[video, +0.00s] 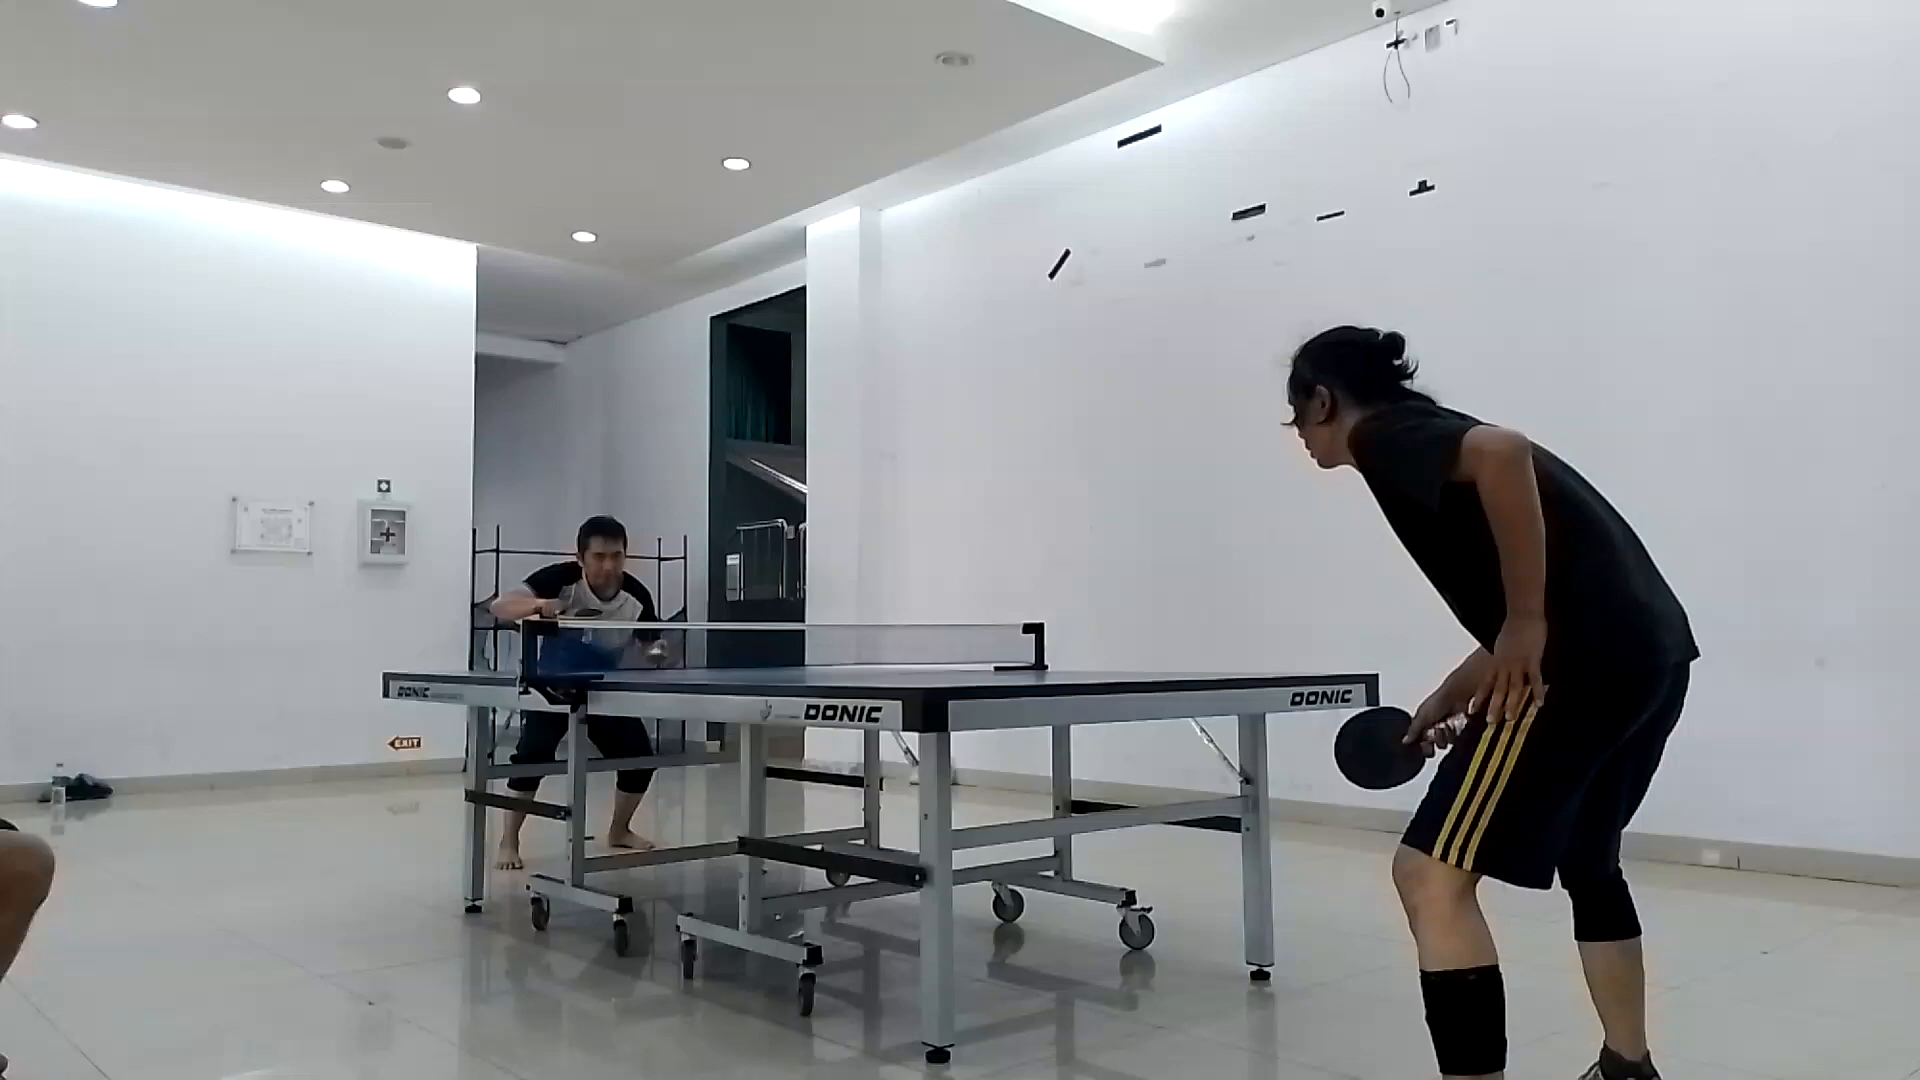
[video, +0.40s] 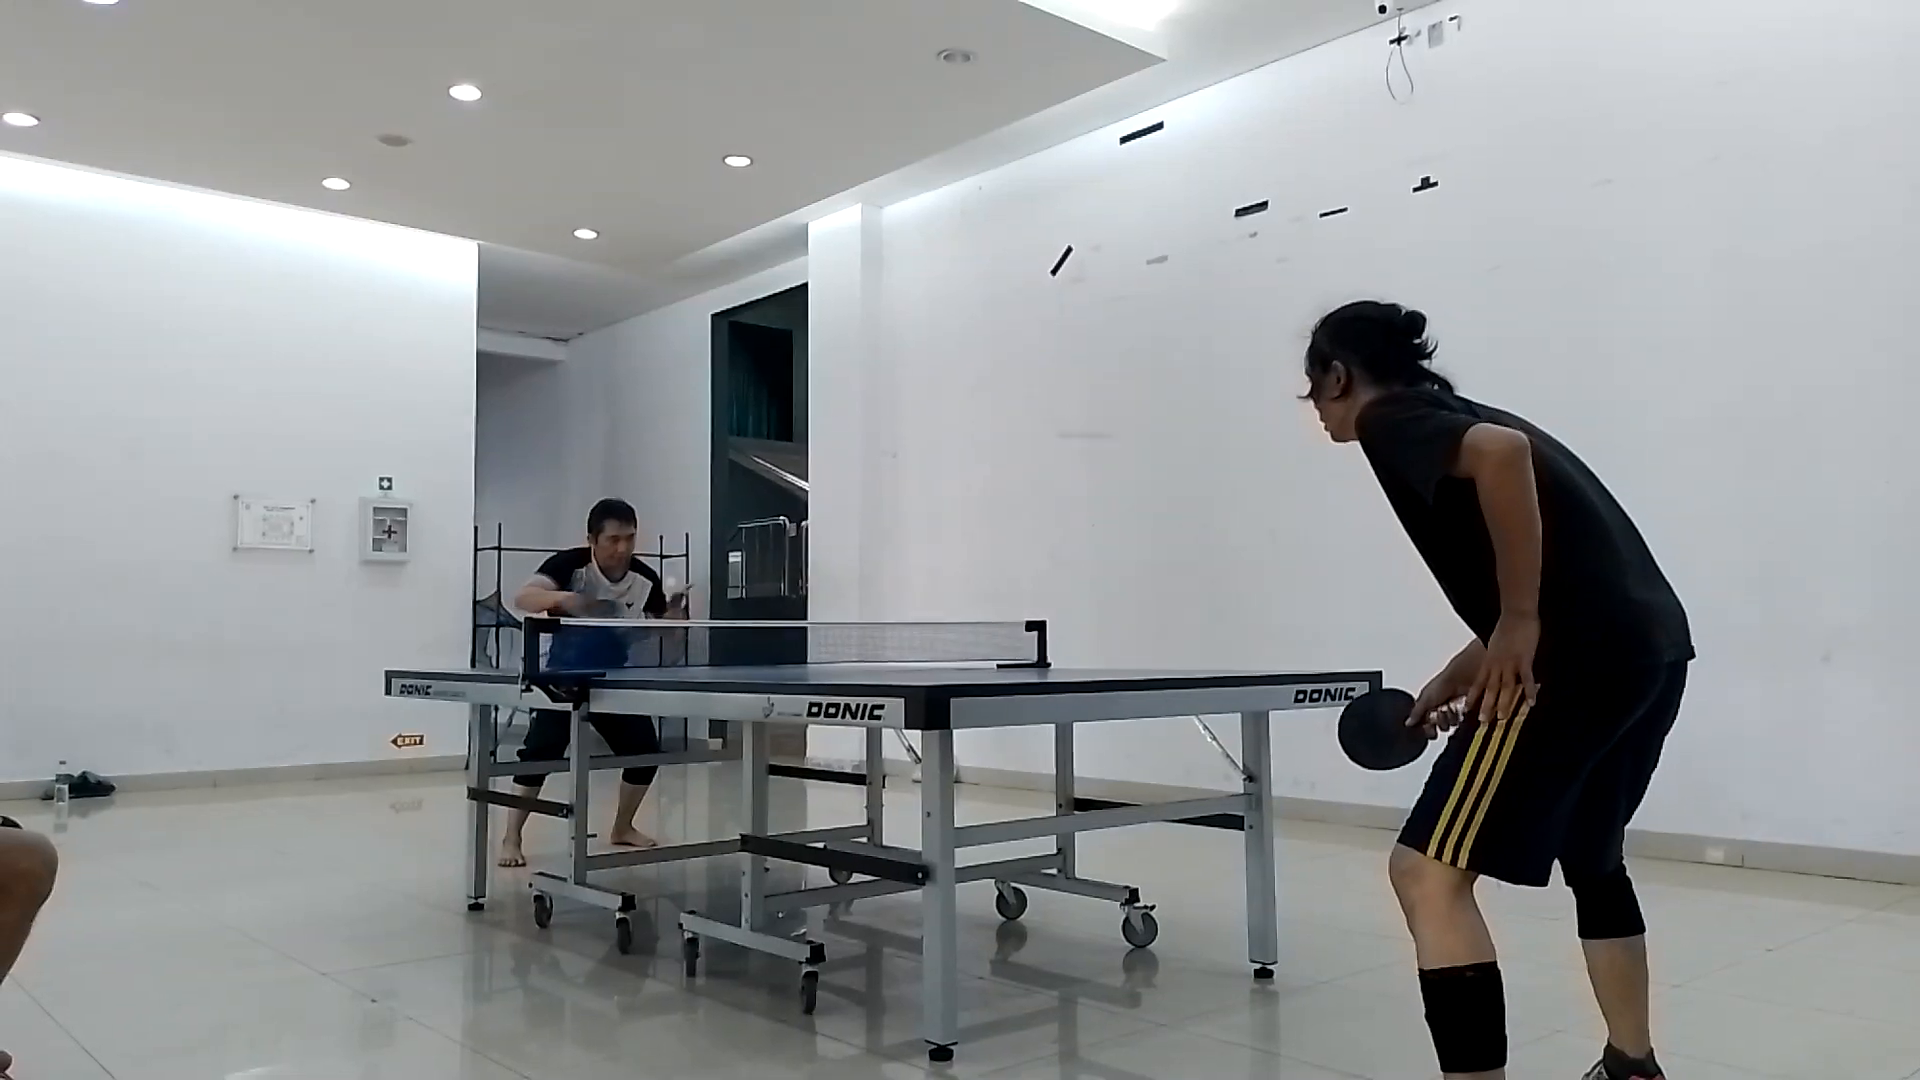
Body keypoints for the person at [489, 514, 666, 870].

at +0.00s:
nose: (608, 565)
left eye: (615, 556)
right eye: (599, 556)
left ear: (624, 556)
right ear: (581, 556)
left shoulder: (637, 596)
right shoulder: (559, 578)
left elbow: (649, 651)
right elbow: (500, 608)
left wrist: (656, 655)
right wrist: (539, 605)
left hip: (606, 694)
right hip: (549, 691)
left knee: (641, 762)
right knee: (532, 759)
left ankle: (619, 831)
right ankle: (510, 841)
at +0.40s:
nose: (622, 547)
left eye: (628, 539)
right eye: (613, 539)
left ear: (635, 538)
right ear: (593, 538)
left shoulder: (646, 580)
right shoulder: (569, 563)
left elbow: (667, 634)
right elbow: (523, 598)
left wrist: (677, 615)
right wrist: (564, 600)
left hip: (613, 686)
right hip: (561, 683)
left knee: (645, 753)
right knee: (540, 753)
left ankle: (623, 828)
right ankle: (511, 837)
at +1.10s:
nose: (617, 540)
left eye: (623, 531)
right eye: (608, 531)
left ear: (630, 531)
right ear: (588, 529)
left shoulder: (637, 574)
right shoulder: (564, 554)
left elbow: (640, 637)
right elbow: (517, 581)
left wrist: (662, 665)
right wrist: (520, 600)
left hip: (609, 684)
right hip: (556, 678)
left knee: (634, 755)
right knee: (531, 756)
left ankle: (617, 832)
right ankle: (506, 840)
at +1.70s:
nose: (570, 533)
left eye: (575, 525)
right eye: (560, 525)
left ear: (581, 527)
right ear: (536, 528)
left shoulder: (583, 577)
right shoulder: (505, 559)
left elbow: (594, 635)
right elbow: (467, 612)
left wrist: (605, 657)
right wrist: (503, 629)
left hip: (549, 679)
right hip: (494, 677)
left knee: (581, 754)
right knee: (473, 757)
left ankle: (575, 831)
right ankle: (448, 847)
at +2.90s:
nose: (595, 514)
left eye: (600, 505)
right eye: (584, 506)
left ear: (607, 512)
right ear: (564, 515)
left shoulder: (619, 560)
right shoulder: (541, 556)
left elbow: (627, 618)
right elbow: (513, 612)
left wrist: (645, 646)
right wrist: (541, 631)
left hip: (594, 674)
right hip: (544, 673)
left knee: (608, 754)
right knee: (524, 745)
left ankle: (572, 822)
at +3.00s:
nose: (600, 506)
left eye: (605, 498)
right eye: (589, 499)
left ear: (613, 505)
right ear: (569, 509)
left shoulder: (633, 554)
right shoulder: (548, 552)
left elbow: (651, 614)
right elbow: (524, 615)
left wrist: (659, 654)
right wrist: (550, 625)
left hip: (610, 668)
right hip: (558, 668)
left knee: (645, 741)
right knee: (548, 748)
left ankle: (613, 806)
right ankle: (542, 830)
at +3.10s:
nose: (612, 520)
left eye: (617, 512)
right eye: (602, 513)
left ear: (625, 517)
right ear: (582, 523)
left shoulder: (645, 563)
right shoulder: (562, 564)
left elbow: (667, 622)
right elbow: (544, 625)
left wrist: (667, 629)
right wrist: (574, 633)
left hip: (636, 675)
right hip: (584, 677)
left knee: (676, 730)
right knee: (556, 746)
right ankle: (545, 833)